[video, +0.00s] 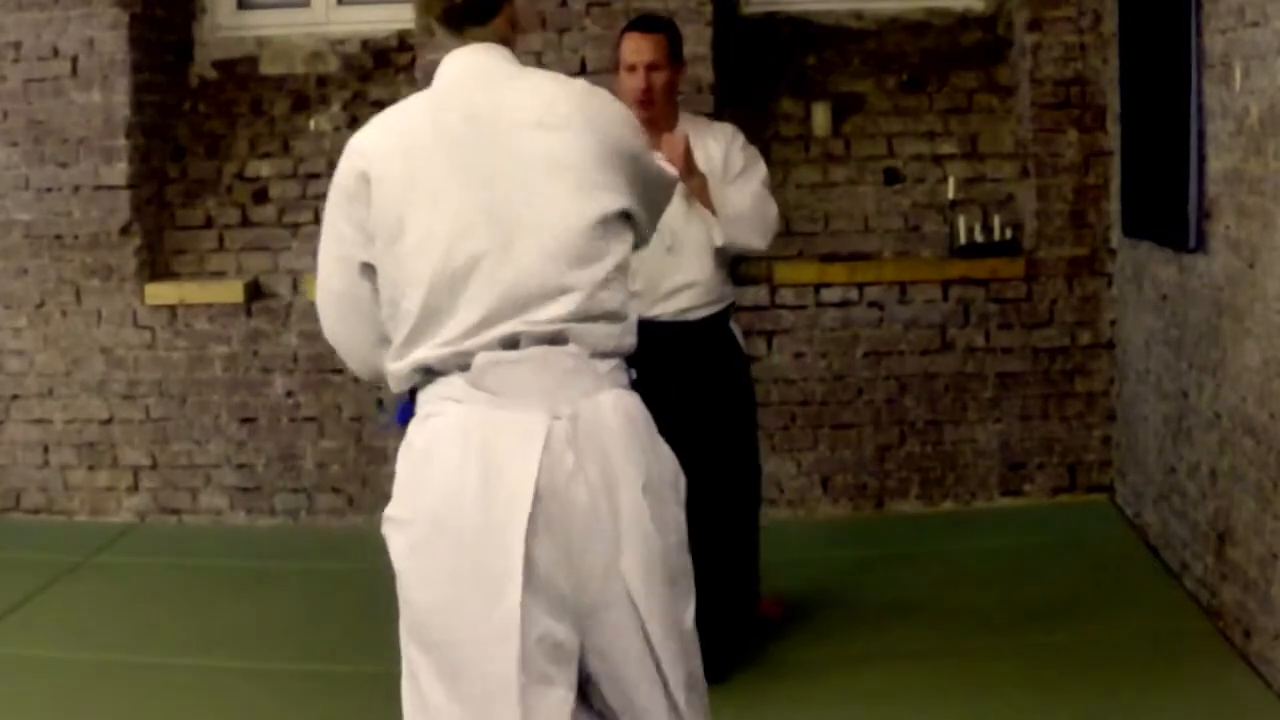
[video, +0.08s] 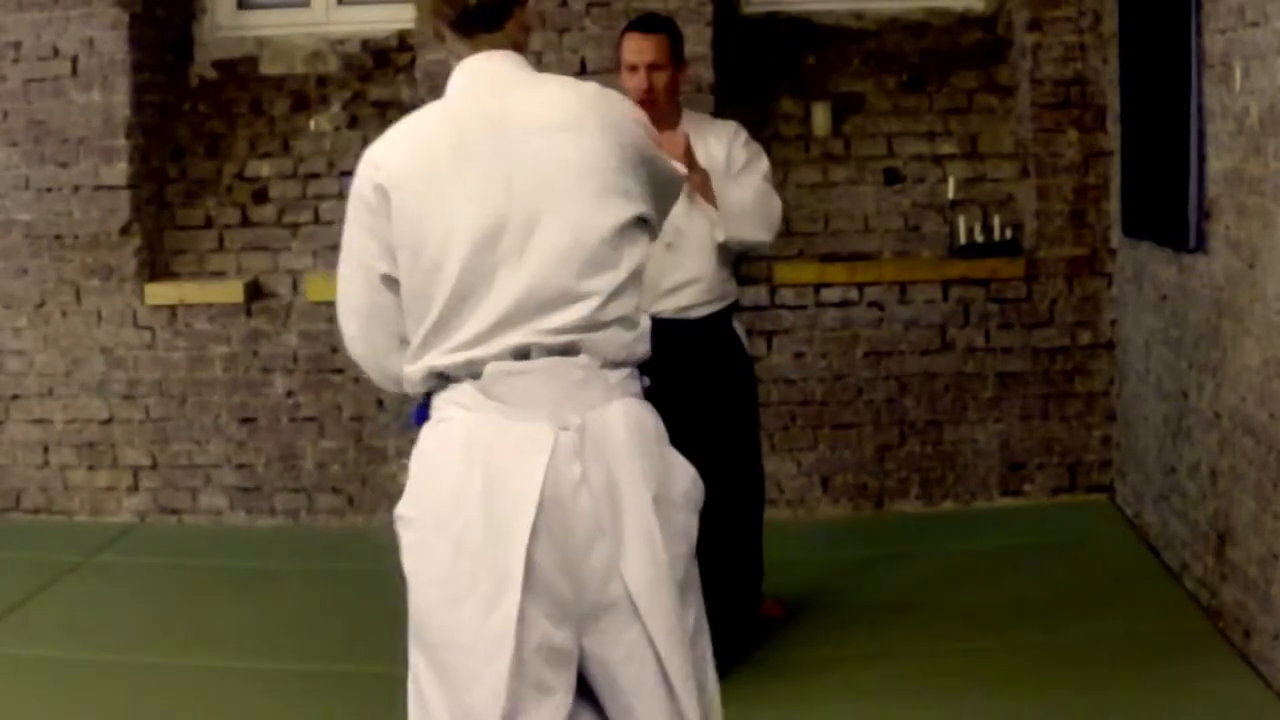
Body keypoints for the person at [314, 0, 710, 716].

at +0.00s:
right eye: (517, 13)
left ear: (427, 28)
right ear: (510, 17)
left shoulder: (375, 145)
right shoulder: (592, 111)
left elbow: (350, 328)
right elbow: (650, 202)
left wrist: (425, 377)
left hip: (457, 440)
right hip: (605, 429)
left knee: (473, 695)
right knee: (649, 686)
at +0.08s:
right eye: (525, 11)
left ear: (435, 27)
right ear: (524, 16)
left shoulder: (391, 157)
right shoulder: (611, 117)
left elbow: (376, 348)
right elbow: (662, 194)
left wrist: (460, 378)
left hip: (471, 446)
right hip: (617, 433)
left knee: (482, 698)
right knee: (656, 691)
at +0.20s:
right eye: (554, 17)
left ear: (460, 39)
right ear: (548, 25)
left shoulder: (417, 181)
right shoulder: (631, 126)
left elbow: (410, 374)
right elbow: (690, 216)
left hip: (512, 458)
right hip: (649, 442)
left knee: (506, 696)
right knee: (671, 693)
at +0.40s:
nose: (629, 90)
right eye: (607, 70)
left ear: (498, 82)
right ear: (577, 74)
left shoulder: (451, 225)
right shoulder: (644, 167)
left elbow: (457, 405)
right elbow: (736, 264)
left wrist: (533, 434)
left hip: (536, 475)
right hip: (659, 460)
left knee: (568, 678)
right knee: (695, 691)